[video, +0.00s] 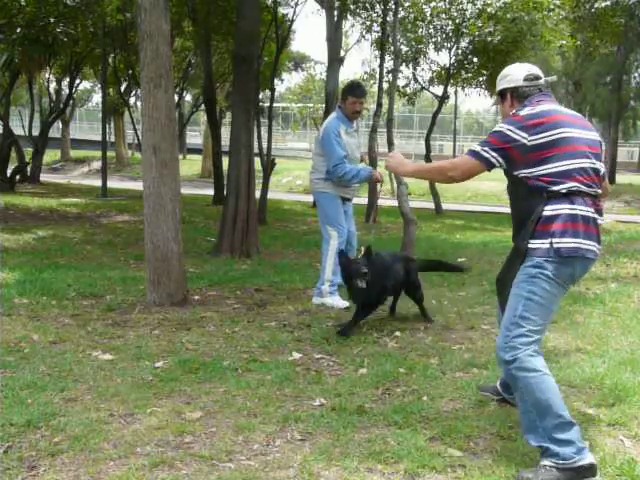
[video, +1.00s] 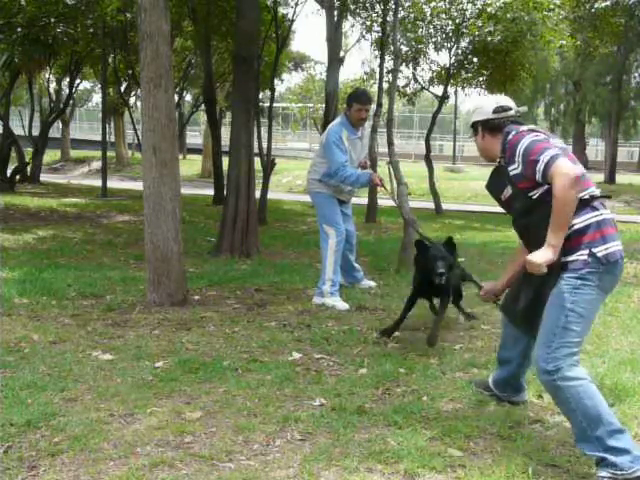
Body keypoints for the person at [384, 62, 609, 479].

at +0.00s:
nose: (501, 110)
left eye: (500, 104)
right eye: (499, 105)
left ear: (510, 97)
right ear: (542, 92)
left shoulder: (521, 122)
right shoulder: (583, 123)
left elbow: (459, 170)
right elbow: (600, 188)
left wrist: (407, 168)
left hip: (553, 244)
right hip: (583, 242)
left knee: (517, 348)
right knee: (516, 303)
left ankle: (568, 455)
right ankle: (513, 387)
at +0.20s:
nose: (499, 112)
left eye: (499, 105)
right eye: (497, 106)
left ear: (509, 98)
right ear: (541, 93)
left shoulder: (518, 123)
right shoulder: (583, 124)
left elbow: (457, 174)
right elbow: (602, 190)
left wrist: (407, 173)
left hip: (551, 246)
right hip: (583, 245)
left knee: (511, 351)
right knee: (518, 307)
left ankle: (568, 455)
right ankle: (514, 386)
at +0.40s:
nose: (498, 108)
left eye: (498, 101)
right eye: (497, 102)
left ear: (508, 95)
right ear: (541, 90)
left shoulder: (515, 122)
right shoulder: (582, 122)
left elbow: (455, 172)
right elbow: (605, 191)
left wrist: (406, 170)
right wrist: (561, 204)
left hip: (549, 245)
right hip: (581, 244)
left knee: (513, 350)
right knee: (514, 297)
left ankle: (569, 457)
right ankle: (513, 385)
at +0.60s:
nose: (487, 117)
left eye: (487, 110)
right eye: (487, 110)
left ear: (496, 107)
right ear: (524, 101)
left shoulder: (510, 130)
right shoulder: (551, 128)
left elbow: (466, 187)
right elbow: (561, 200)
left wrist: (416, 195)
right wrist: (509, 228)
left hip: (551, 247)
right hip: (577, 245)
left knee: (516, 350)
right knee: (506, 294)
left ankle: (568, 453)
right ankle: (505, 383)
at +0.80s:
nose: (470, 151)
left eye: (470, 143)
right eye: (468, 144)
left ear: (480, 137)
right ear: (489, 139)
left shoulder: (514, 143)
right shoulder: (498, 175)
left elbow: (551, 184)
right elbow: (483, 232)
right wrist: (451, 264)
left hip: (580, 249)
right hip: (550, 253)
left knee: (531, 341)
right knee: (498, 307)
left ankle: (589, 452)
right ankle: (506, 385)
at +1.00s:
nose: (475, 144)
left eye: (475, 136)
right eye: (474, 137)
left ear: (485, 132)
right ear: (496, 131)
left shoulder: (523, 140)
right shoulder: (511, 170)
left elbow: (568, 175)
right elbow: (533, 238)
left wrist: (551, 245)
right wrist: (503, 283)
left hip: (590, 255)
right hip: (562, 257)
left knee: (555, 362)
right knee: (518, 307)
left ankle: (621, 461)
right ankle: (507, 385)